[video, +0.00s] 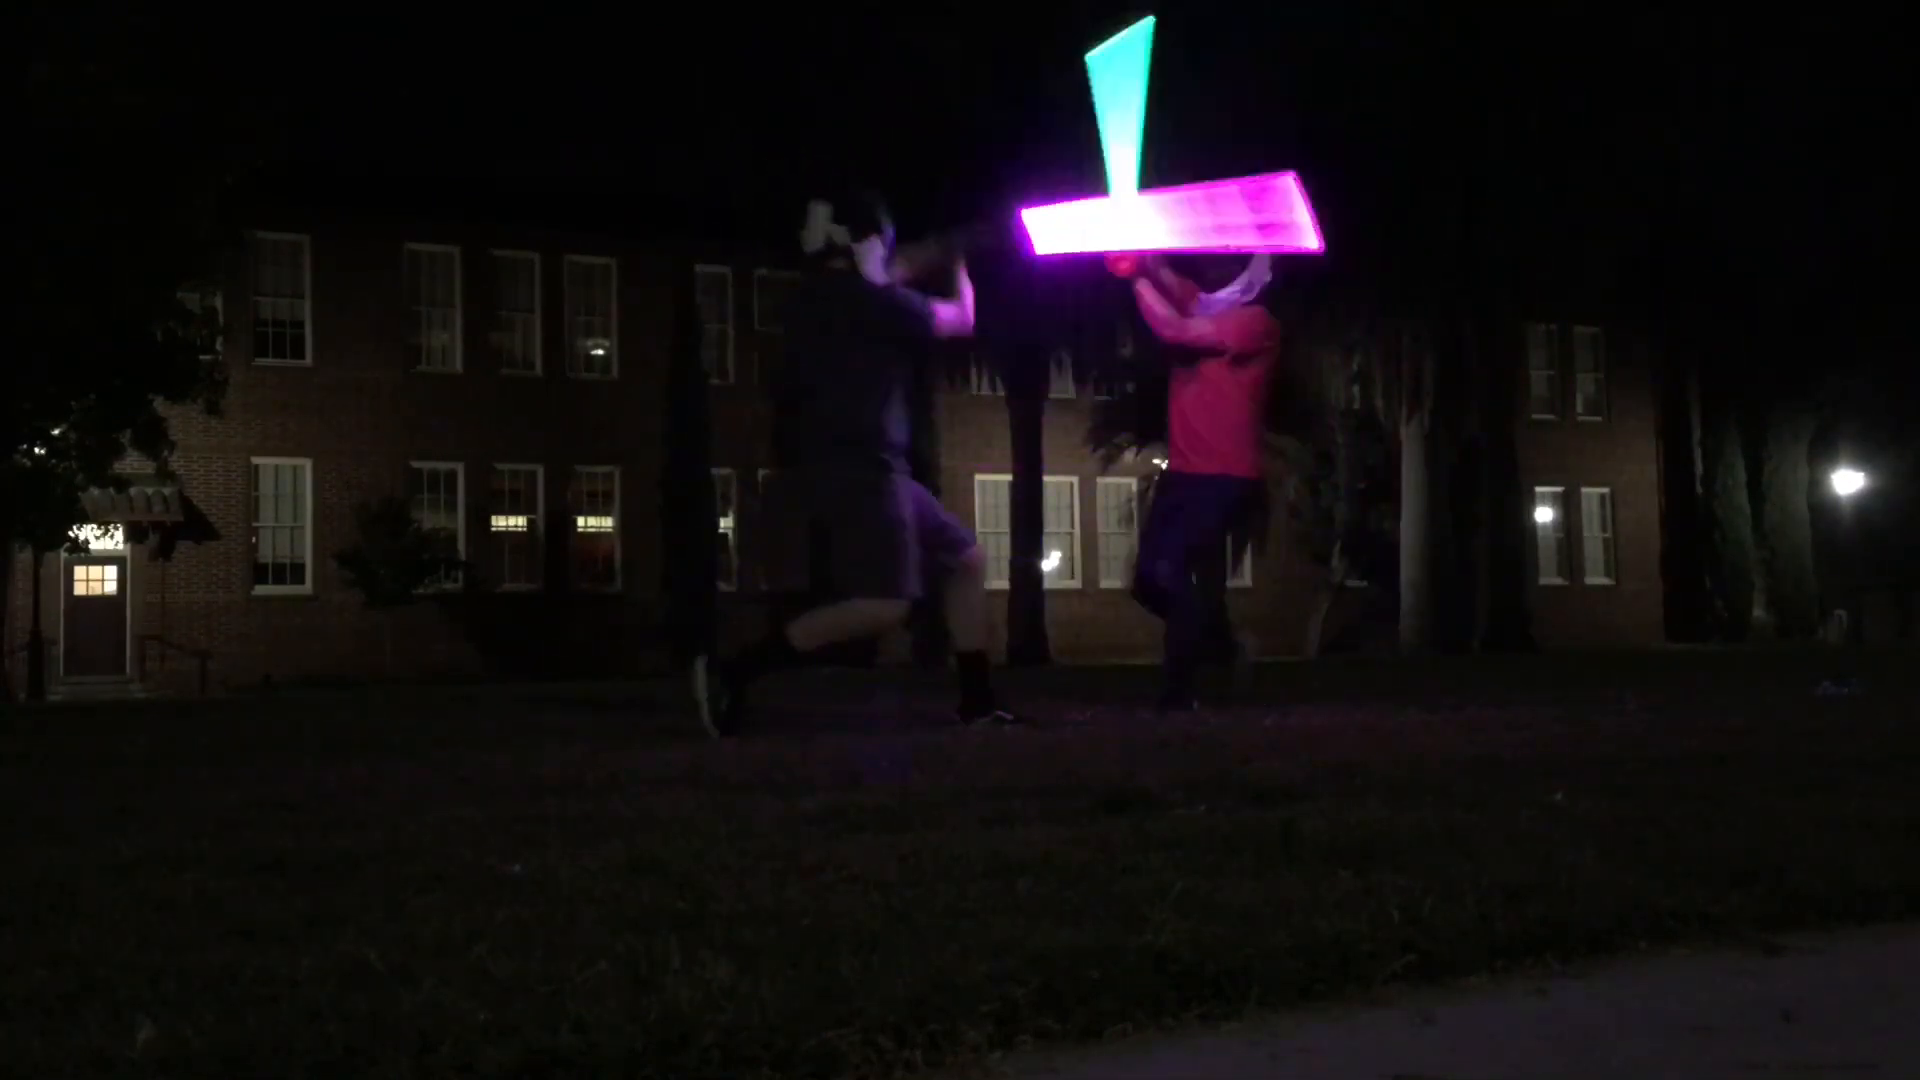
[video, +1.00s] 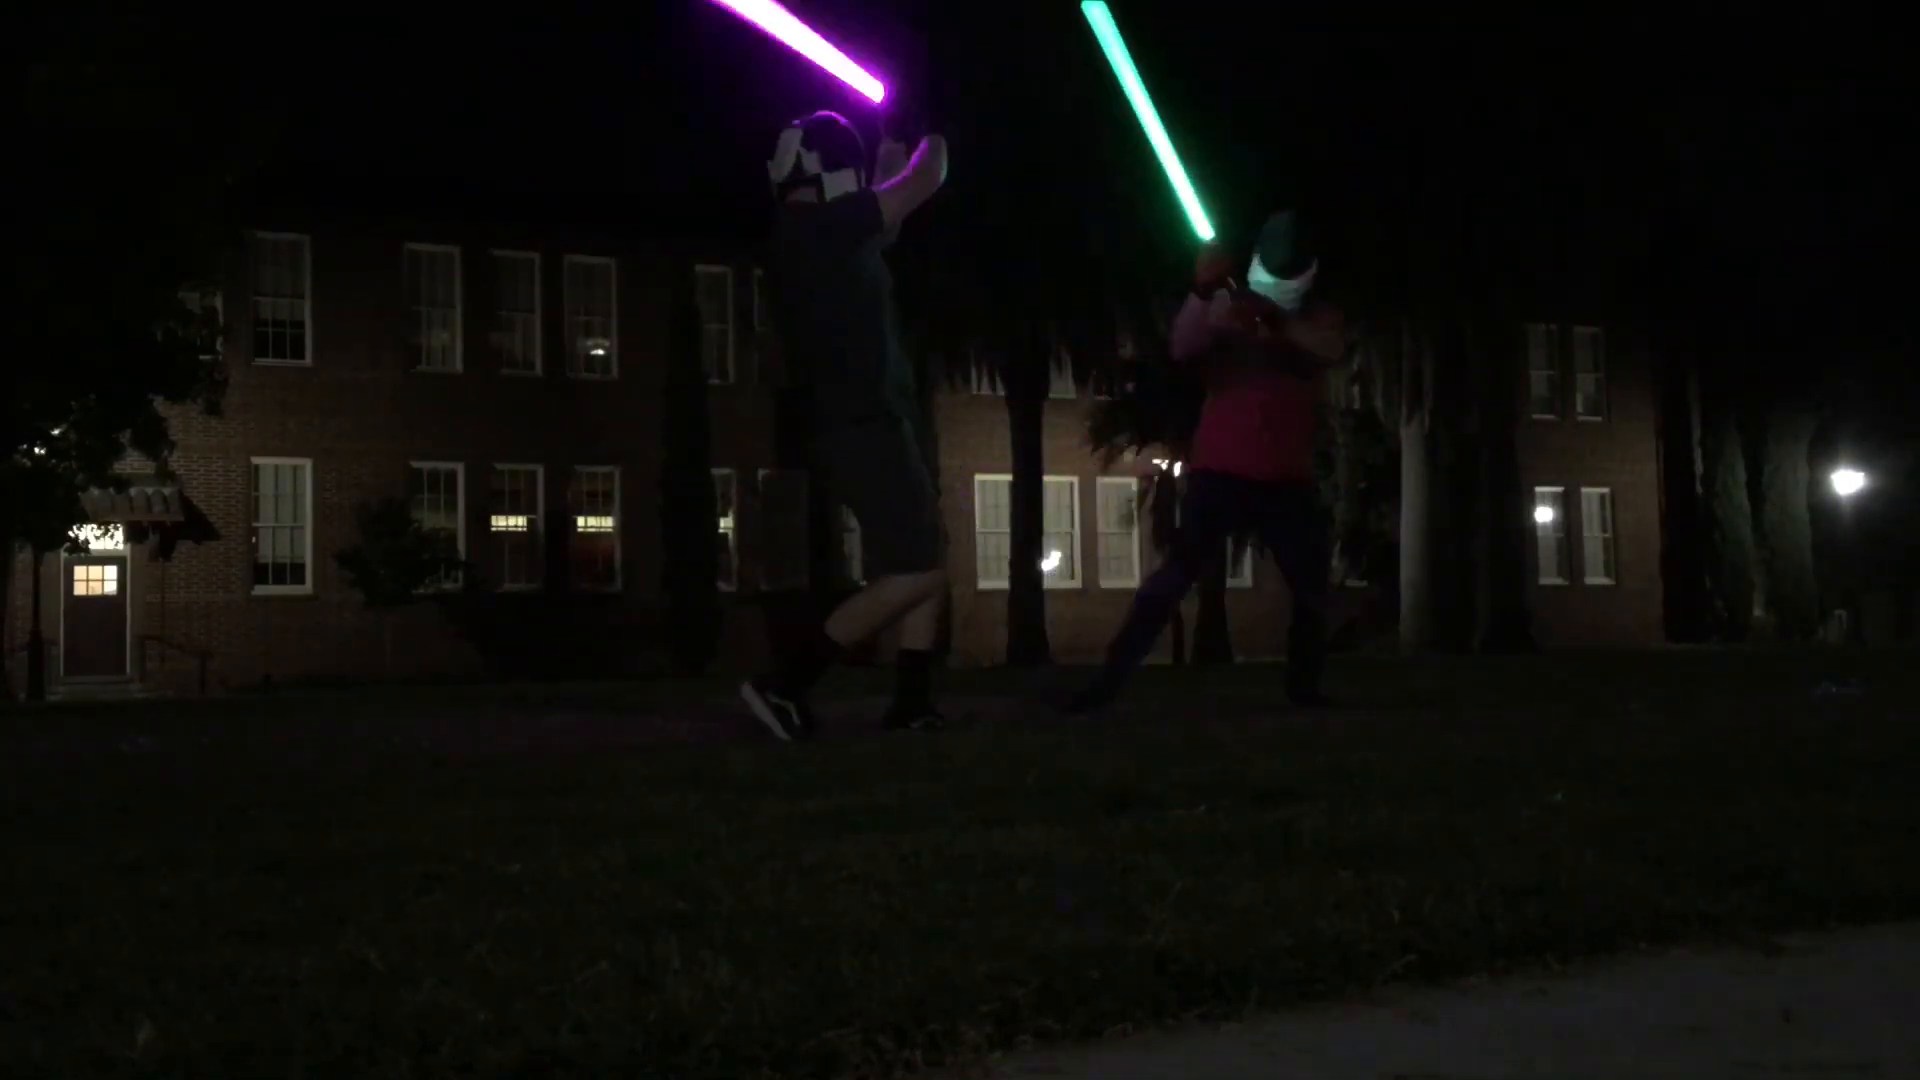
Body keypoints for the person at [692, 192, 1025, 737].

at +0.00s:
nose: (888, 254)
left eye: (886, 244)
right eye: (884, 244)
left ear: (835, 245)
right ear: (866, 245)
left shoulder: (820, 296)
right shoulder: (866, 299)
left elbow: (883, 281)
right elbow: (961, 317)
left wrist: (925, 258)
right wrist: (957, 261)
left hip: (860, 470)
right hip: (870, 473)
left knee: (963, 557)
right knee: (886, 599)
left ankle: (976, 698)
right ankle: (735, 672)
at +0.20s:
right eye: (904, 241)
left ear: (841, 259)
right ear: (903, 252)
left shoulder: (829, 311)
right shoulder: (921, 304)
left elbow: (836, 266)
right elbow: (936, 248)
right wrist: (899, 202)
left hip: (859, 475)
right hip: (913, 472)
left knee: (978, 559)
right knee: (946, 624)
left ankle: (981, 693)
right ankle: (812, 680)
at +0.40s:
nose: (883, 246)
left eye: (877, 238)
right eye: (873, 238)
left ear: (829, 245)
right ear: (850, 241)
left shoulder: (851, 301)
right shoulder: (850, 297)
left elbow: (904, 312)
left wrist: (936, 258)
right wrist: (918, 245)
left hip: (888, 470)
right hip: (896, 472)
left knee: (987, 555)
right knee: (942, 613)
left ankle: (983, 698)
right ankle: (798, 688)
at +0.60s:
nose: (857, 227)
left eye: (849, 219)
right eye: (846, 219)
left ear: (815, 227)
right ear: (826, 223)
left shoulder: (854, 286)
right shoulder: (825, 272)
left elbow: (921, 268)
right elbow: (917, 207)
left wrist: (971, 219)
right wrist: (946, 198)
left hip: (913, 457)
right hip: (879, 460)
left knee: (982, 558)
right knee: (923, 595)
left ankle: (984, 702)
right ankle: (788, 693)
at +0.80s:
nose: (850, 203)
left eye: (843, 193)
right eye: (840, 194)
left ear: (795, 202)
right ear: (812, 195)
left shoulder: (838, 268)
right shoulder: (808, 249)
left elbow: (907, 256)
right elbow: (893, 189)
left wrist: (939, 191)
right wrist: (922, 157)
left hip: (895, 442)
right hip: (864, 442)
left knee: (960, 539)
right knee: (907, 585)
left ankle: (944, 691)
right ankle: (776, 698)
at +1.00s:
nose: (858, 181)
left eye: (859, 171)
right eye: (852, 170)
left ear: (796, 176)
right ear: (831, 174)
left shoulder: (819, 230)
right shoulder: (829, 226)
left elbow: (884, 206)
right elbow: (925, 176)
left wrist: (890, 167)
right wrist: (930, 140)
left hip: (874, 416)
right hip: (863, 419)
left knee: (924, 562)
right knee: (920, 568)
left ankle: (909, 706)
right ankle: (787, 681)